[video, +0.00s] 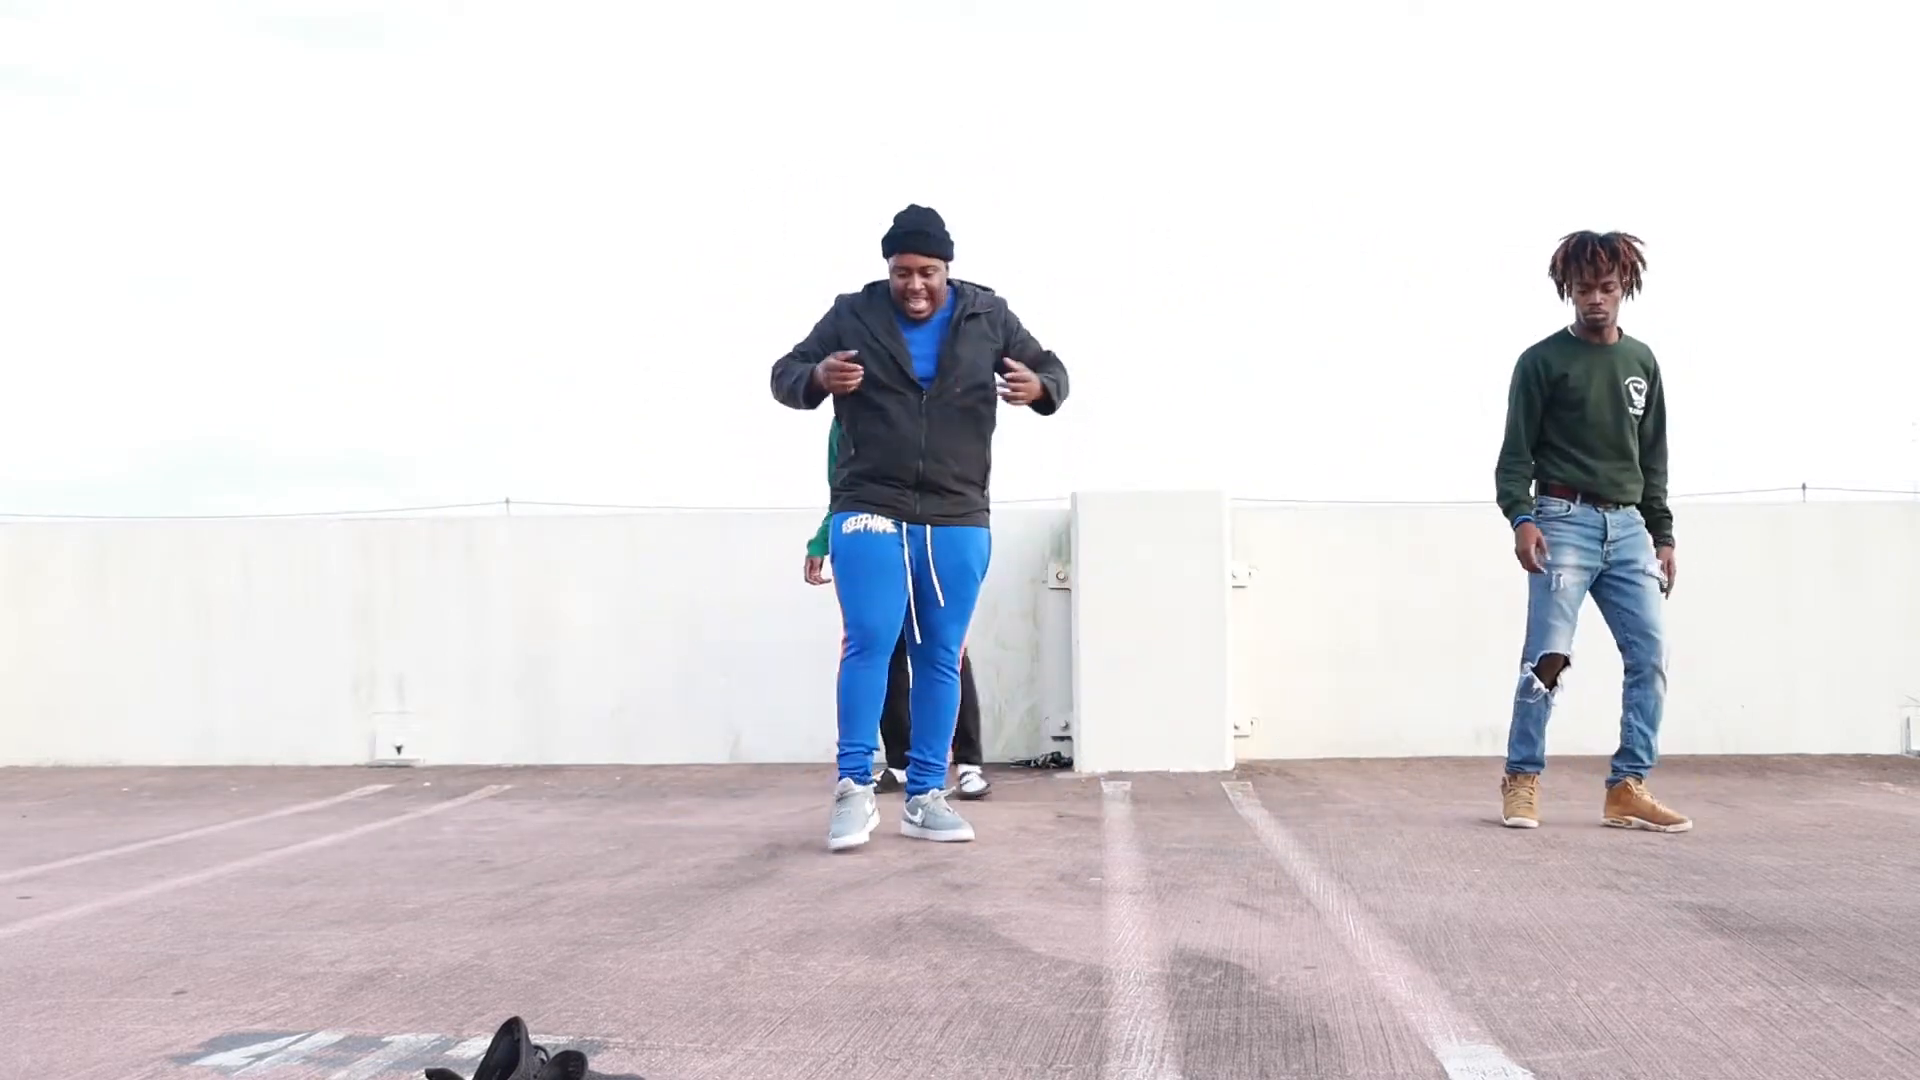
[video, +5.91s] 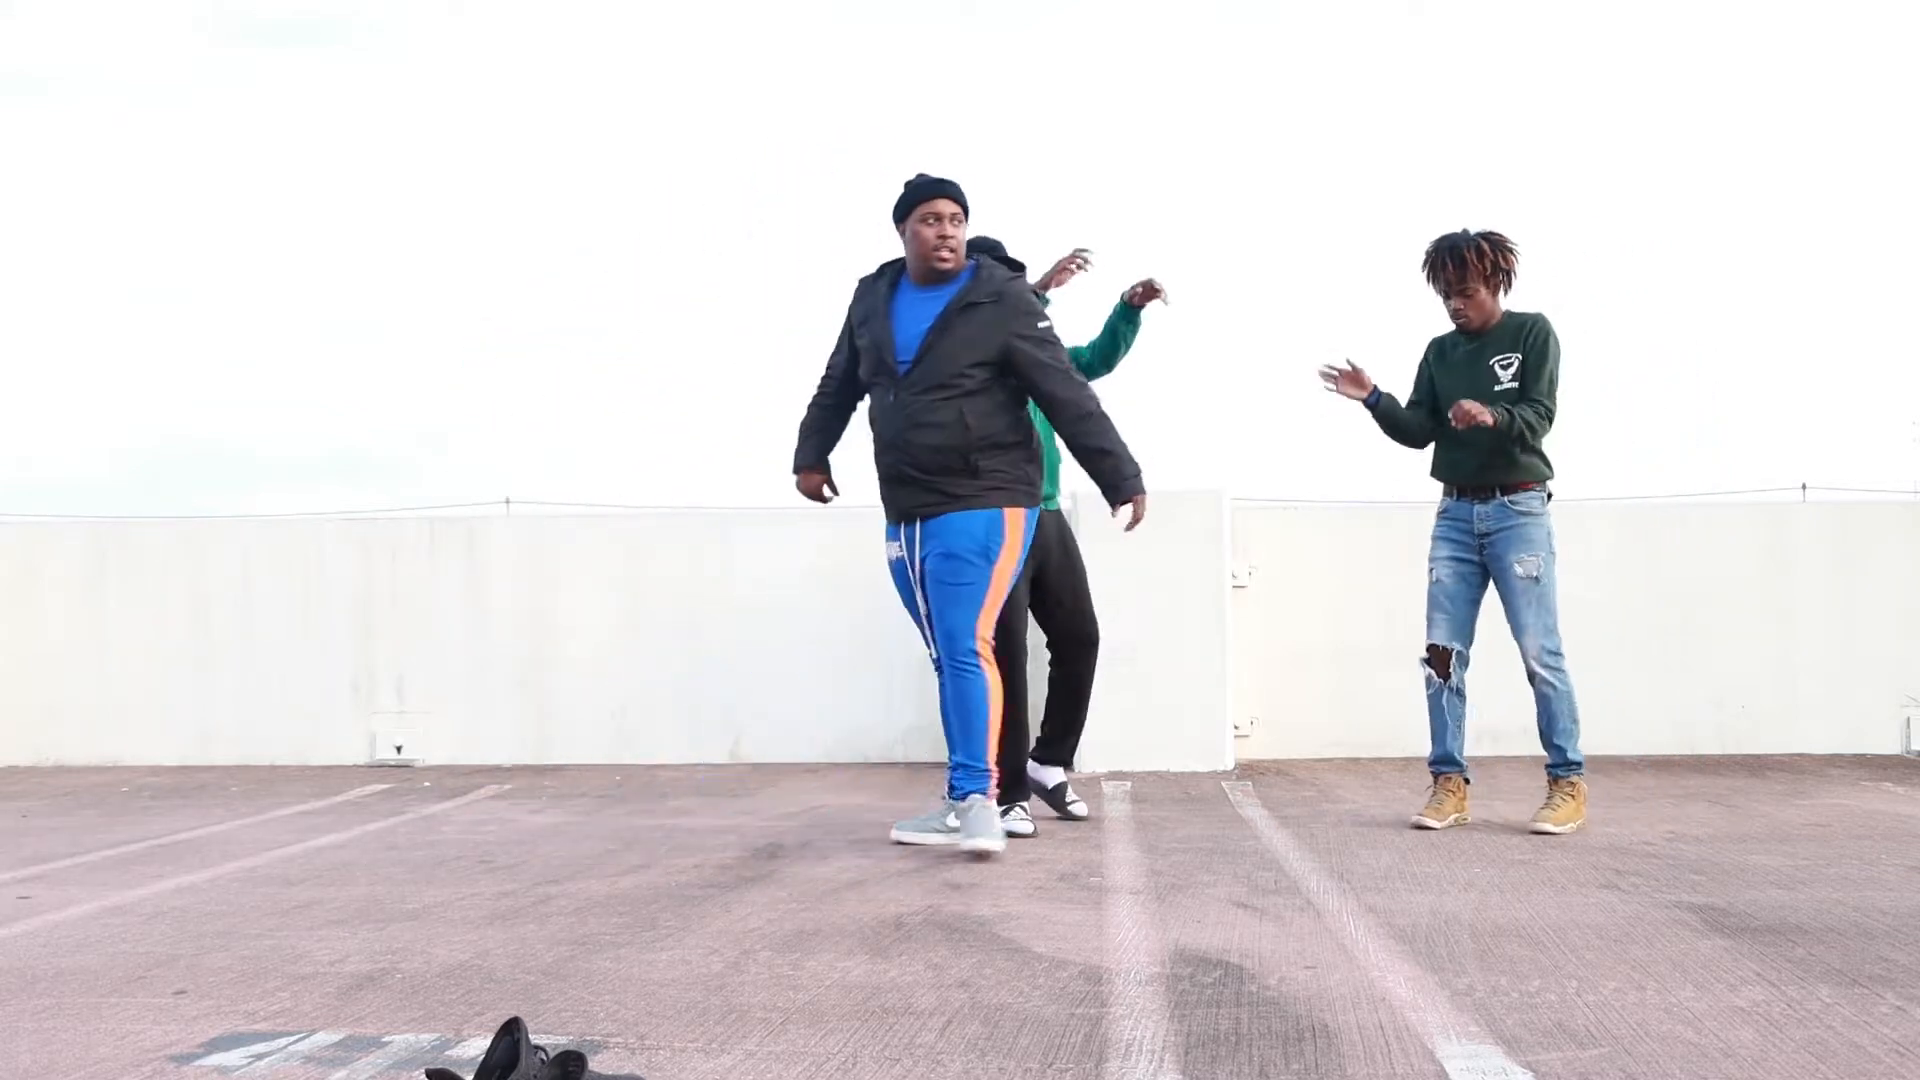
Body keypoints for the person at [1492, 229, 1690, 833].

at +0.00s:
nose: (1596, 298)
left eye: (1607, 286)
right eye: (1584, 288)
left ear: (1624, 288)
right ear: (1567, 290)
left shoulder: (1641, 361)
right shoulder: (1540, 361)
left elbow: (1652, 460)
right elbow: (1515, 453)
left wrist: (1663, 537)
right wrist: (1521, 518)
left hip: (1628, 524)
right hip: (1562, 519)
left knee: (1649, 656)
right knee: (1547, 657)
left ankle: (1627, 787)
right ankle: (1523, 782)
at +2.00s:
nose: (1577, 303)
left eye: (1588, 291)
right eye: (1566, 293)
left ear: (1611, 288)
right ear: (1554, 293)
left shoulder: (1643, 354)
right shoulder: (1533, 362)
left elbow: (1661, 444)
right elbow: (1515, 454)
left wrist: (1677, 513)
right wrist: (1510, 534)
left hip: (1630, 520)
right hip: (1559, 518)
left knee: (1643, 656)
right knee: (1546, 652)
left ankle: (1636, 783)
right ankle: (1531, 778)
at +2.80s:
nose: (1503, 317)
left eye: (1512, 304)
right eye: (1491, 308)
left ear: (1536, 297)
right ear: (1480, 309)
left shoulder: (1576, 356)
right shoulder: (1474, 373)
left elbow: (1624, 432)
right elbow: (1467, 461)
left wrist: (1595, 501)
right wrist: (1455, 536)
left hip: (1561, 526)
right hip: (1496, 529)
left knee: (1573, 651)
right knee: (1486, 656)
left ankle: (1611, 774)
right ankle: (1500, 778)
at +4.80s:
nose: (1464, 306)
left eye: (1475, 293)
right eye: (1456, 296)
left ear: (1508, 290)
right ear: (1449, 297)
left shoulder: (1545, 346)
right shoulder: (1449, 360)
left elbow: (1565, 433)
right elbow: (1441, 444)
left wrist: (1519, 464)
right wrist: (1433, 522)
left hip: (1530, 518)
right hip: (1468, 522)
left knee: (1526, 639)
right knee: (1475, 651)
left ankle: (1539, 768)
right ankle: (1500, 773)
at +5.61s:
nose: (1476, 313)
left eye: (1485, 299)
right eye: (1469, 302)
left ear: (1521, 289)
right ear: (1465, 298)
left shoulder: (1561, 330)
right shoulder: (1478, 362)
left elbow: (1554, 411)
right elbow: (1473, 451)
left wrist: (1488, 407)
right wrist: (1416, 446)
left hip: (1558, 515)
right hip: (1500, 517)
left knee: (1558, 655)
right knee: (1464, 648)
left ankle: (1571, 789)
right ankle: (1473, 781)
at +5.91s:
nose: (1454, 308)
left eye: (1464, 295)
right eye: (1446, 297)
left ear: (1497, 285)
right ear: (1441, 292)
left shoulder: (1533, 332)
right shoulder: (1440, 350)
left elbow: (1538, 415)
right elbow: (1417, 431)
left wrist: (1494, 414)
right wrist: (1374, 396)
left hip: (1518, 512)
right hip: (1454, 514)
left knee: (1538, 653)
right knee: (1442, 653)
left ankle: (1566, 783)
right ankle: (1448, 785)